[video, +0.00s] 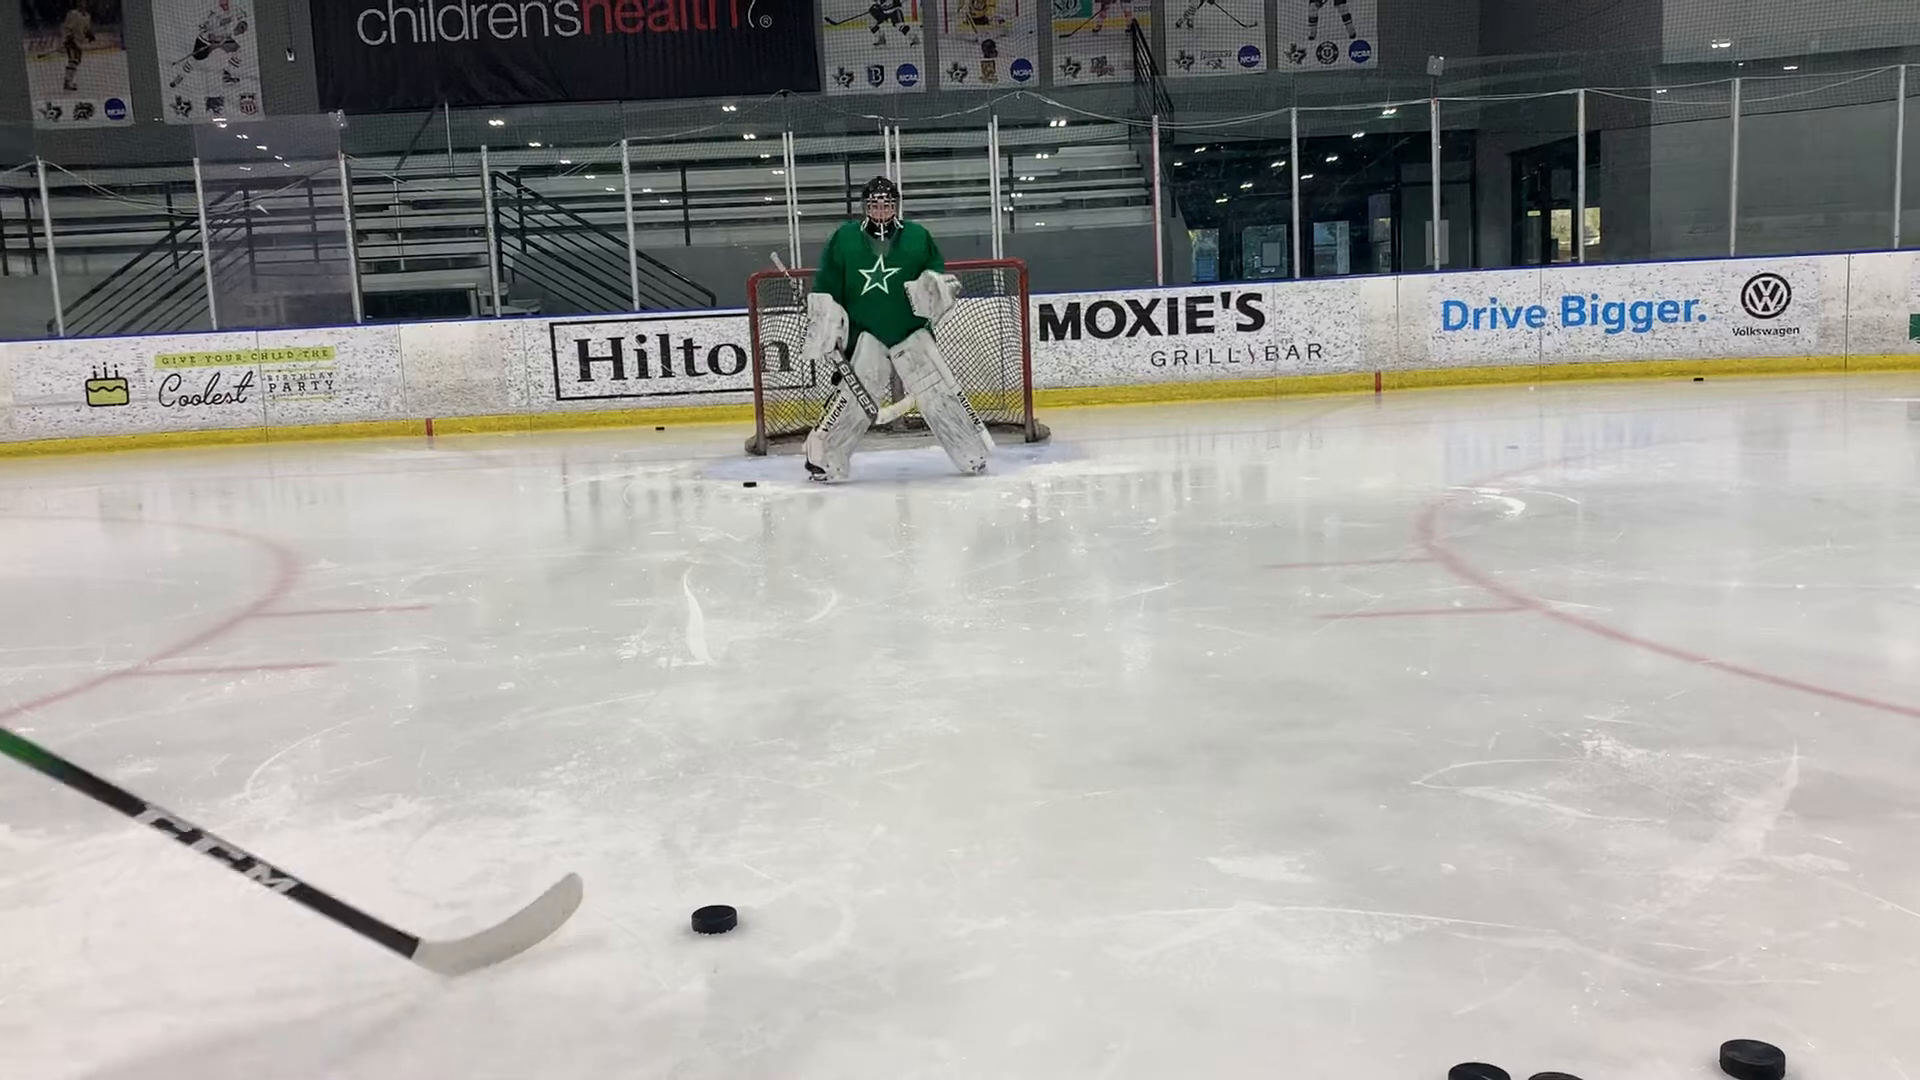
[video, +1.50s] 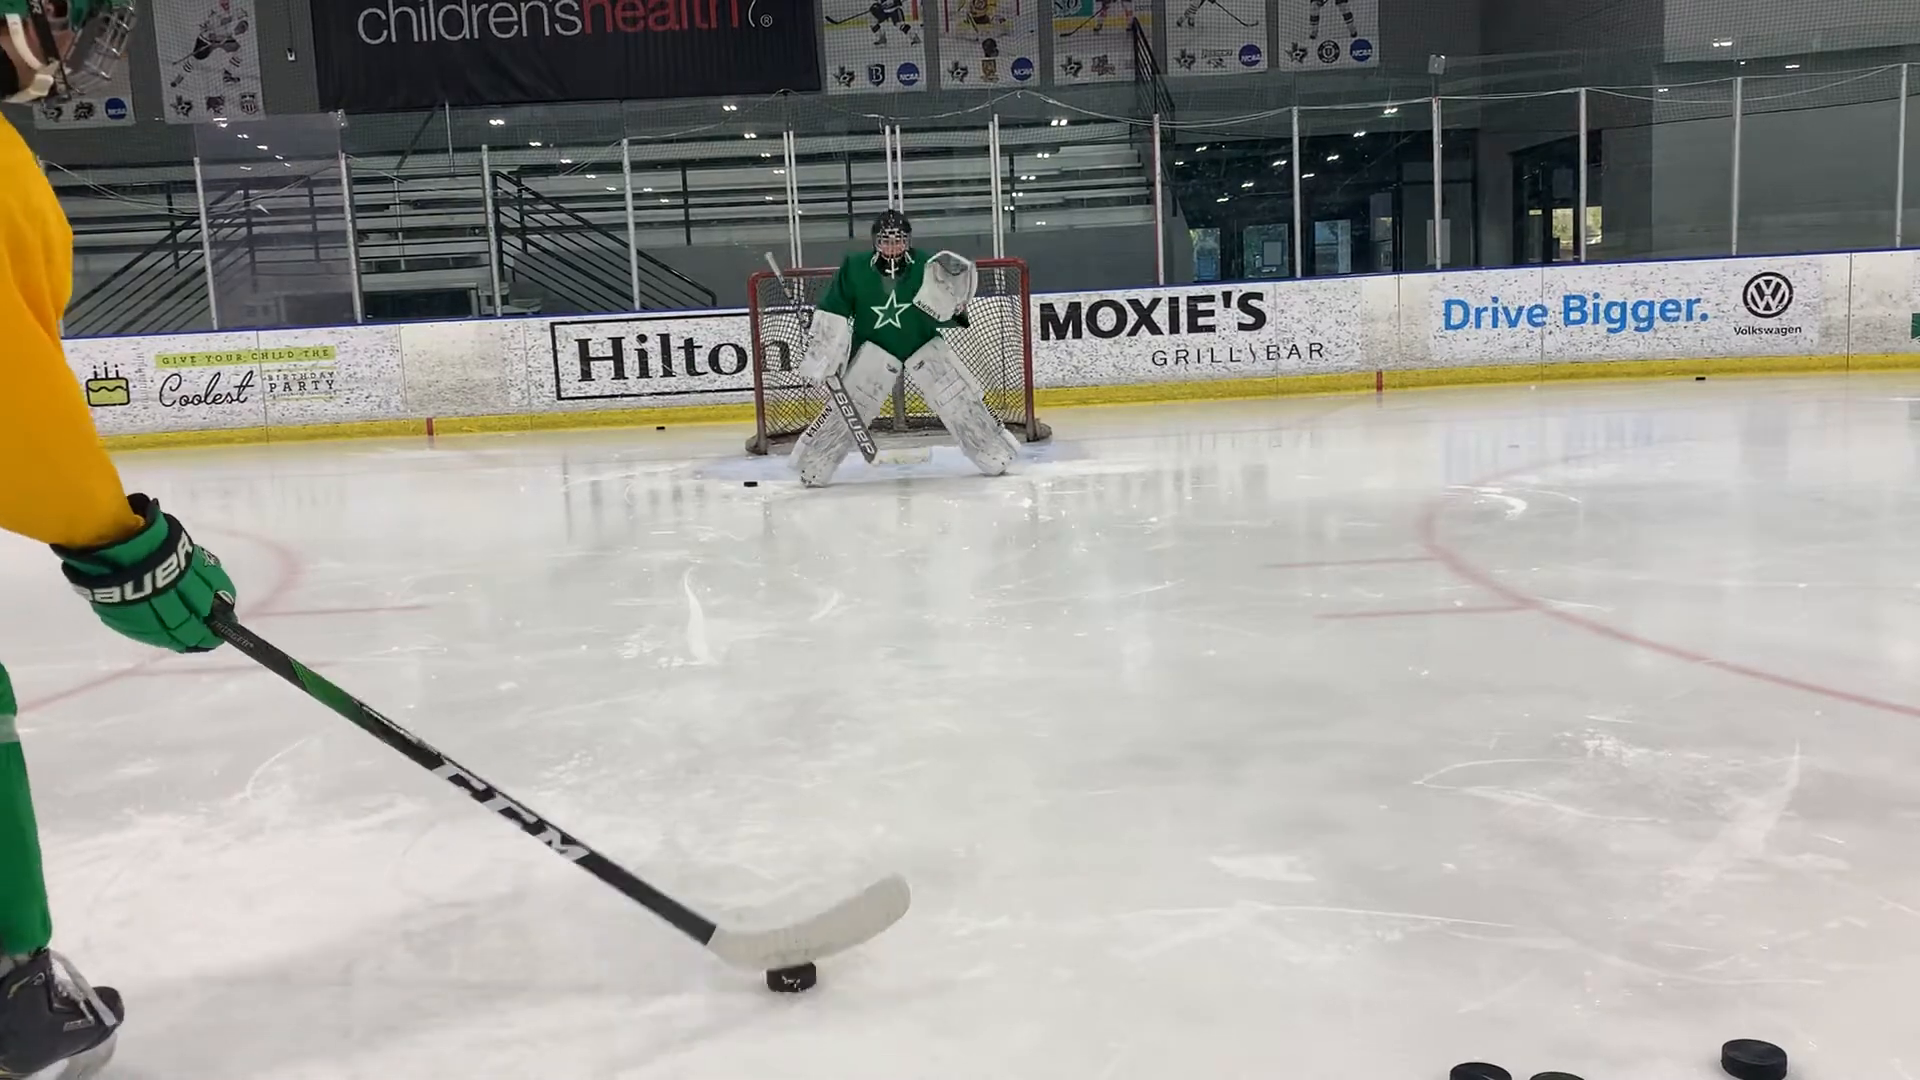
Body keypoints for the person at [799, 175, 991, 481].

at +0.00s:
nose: (881, 208)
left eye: (886, 202)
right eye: (875, 203)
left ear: (896, 205)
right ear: (865, 206)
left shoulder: (916, 235)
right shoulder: (846, 237)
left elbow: (938, 276)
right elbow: (827, 285)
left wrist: (931, 292)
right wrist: (826, 329)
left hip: (911, 330)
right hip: (865, 333)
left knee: (938, 393)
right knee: (854, 399)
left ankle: (972, 456)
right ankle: (825, 461)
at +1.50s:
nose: (892, 246)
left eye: (898, 239)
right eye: (887, 240)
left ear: (908, 240)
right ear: (875, 241)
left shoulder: (924, 265)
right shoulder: (855, 269)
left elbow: (948, 309)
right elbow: (832, 314)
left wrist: (950, 286)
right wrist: (823, 360)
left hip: (924, 346)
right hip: (874, 350)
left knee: (960, 399)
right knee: (850, 407)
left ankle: (996, 459)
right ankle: (815, 468)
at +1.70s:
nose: (896, 285)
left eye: (902, 278)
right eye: (890, 279)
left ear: (912, 279)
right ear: (881, 280)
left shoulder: (928, 301)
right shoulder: (861, 305)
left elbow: (960, 350)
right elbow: (836, 341)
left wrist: (948, 320)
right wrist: (831, 380)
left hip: (927, 374)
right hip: (880, 380)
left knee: (964, 414)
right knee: (855, 426)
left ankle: (1009, 457)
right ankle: (813, 468)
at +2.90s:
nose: (902, 305)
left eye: (907, 298)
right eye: (896, 298)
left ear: (918, 298)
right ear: (886, 298)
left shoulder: (936, 317)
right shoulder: (865, 319)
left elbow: (964, 370)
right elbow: (834, 352)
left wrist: (962, 347)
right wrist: (834, 388)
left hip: (931, 402)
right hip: (880, 408)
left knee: (961, 410)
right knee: (853, 437)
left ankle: (1008, 453)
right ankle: (815, 467)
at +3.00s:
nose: (906, 308)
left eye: (912, 302)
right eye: (900, 302)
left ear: (920, 300)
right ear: (889, 300)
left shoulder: (938, 321)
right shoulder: (865, 319)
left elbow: (963, 365)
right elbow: (834, 355)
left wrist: (982, 358)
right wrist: (847, 379)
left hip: (935, 418)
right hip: (883, 419)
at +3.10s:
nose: (916, 314)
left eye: (921, 308)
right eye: (909, 309)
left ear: (927, 305)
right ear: (893, 306)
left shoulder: (944, 327)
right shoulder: (870, 326)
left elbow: (957, 369)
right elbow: (842, 364)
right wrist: (858, 391)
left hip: (938, 424)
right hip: (888, 426)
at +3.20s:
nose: (930, 321)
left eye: (934, 314)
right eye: (922, 316)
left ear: (939, 310)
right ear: (905, 313)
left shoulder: (951, 340)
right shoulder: (881, 327)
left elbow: (958, 391)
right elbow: (849, 366)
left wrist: (969, 423)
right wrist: (862, 403)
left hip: (935, 430)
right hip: (885, 427)